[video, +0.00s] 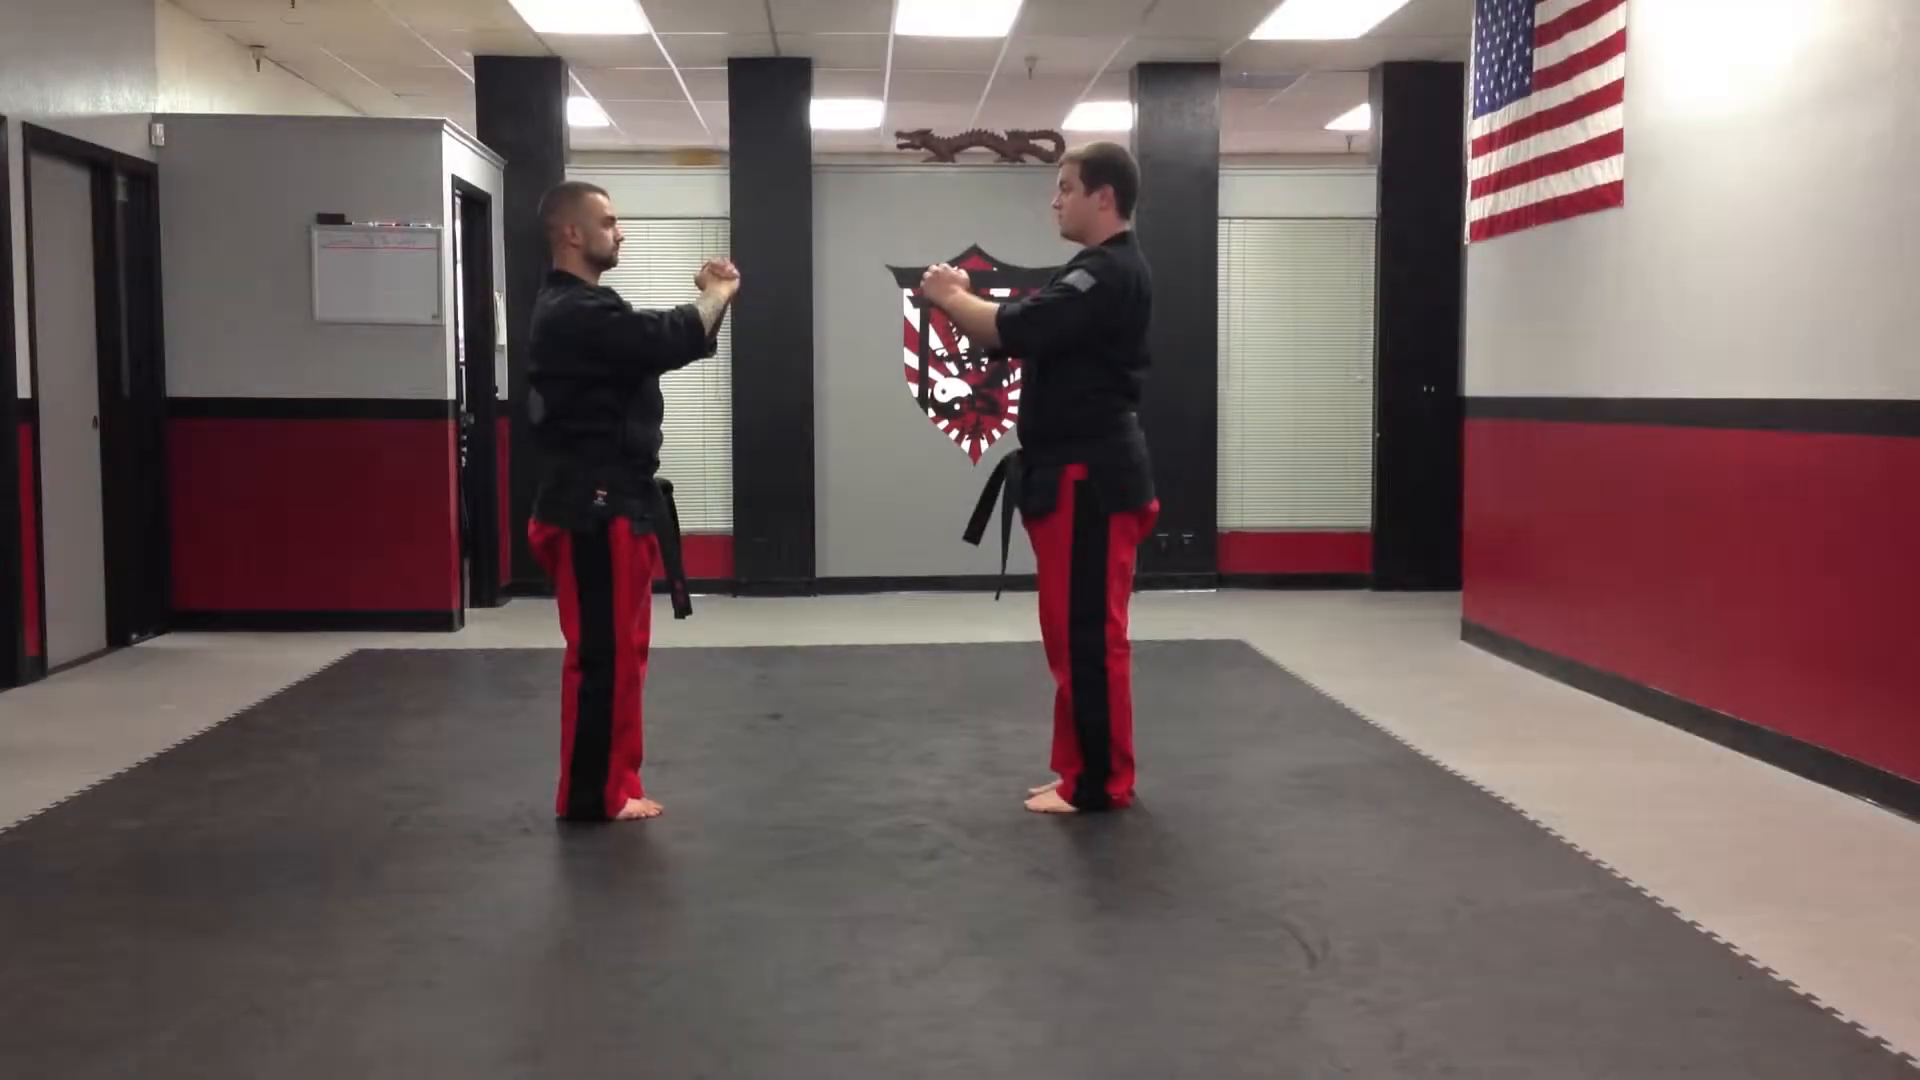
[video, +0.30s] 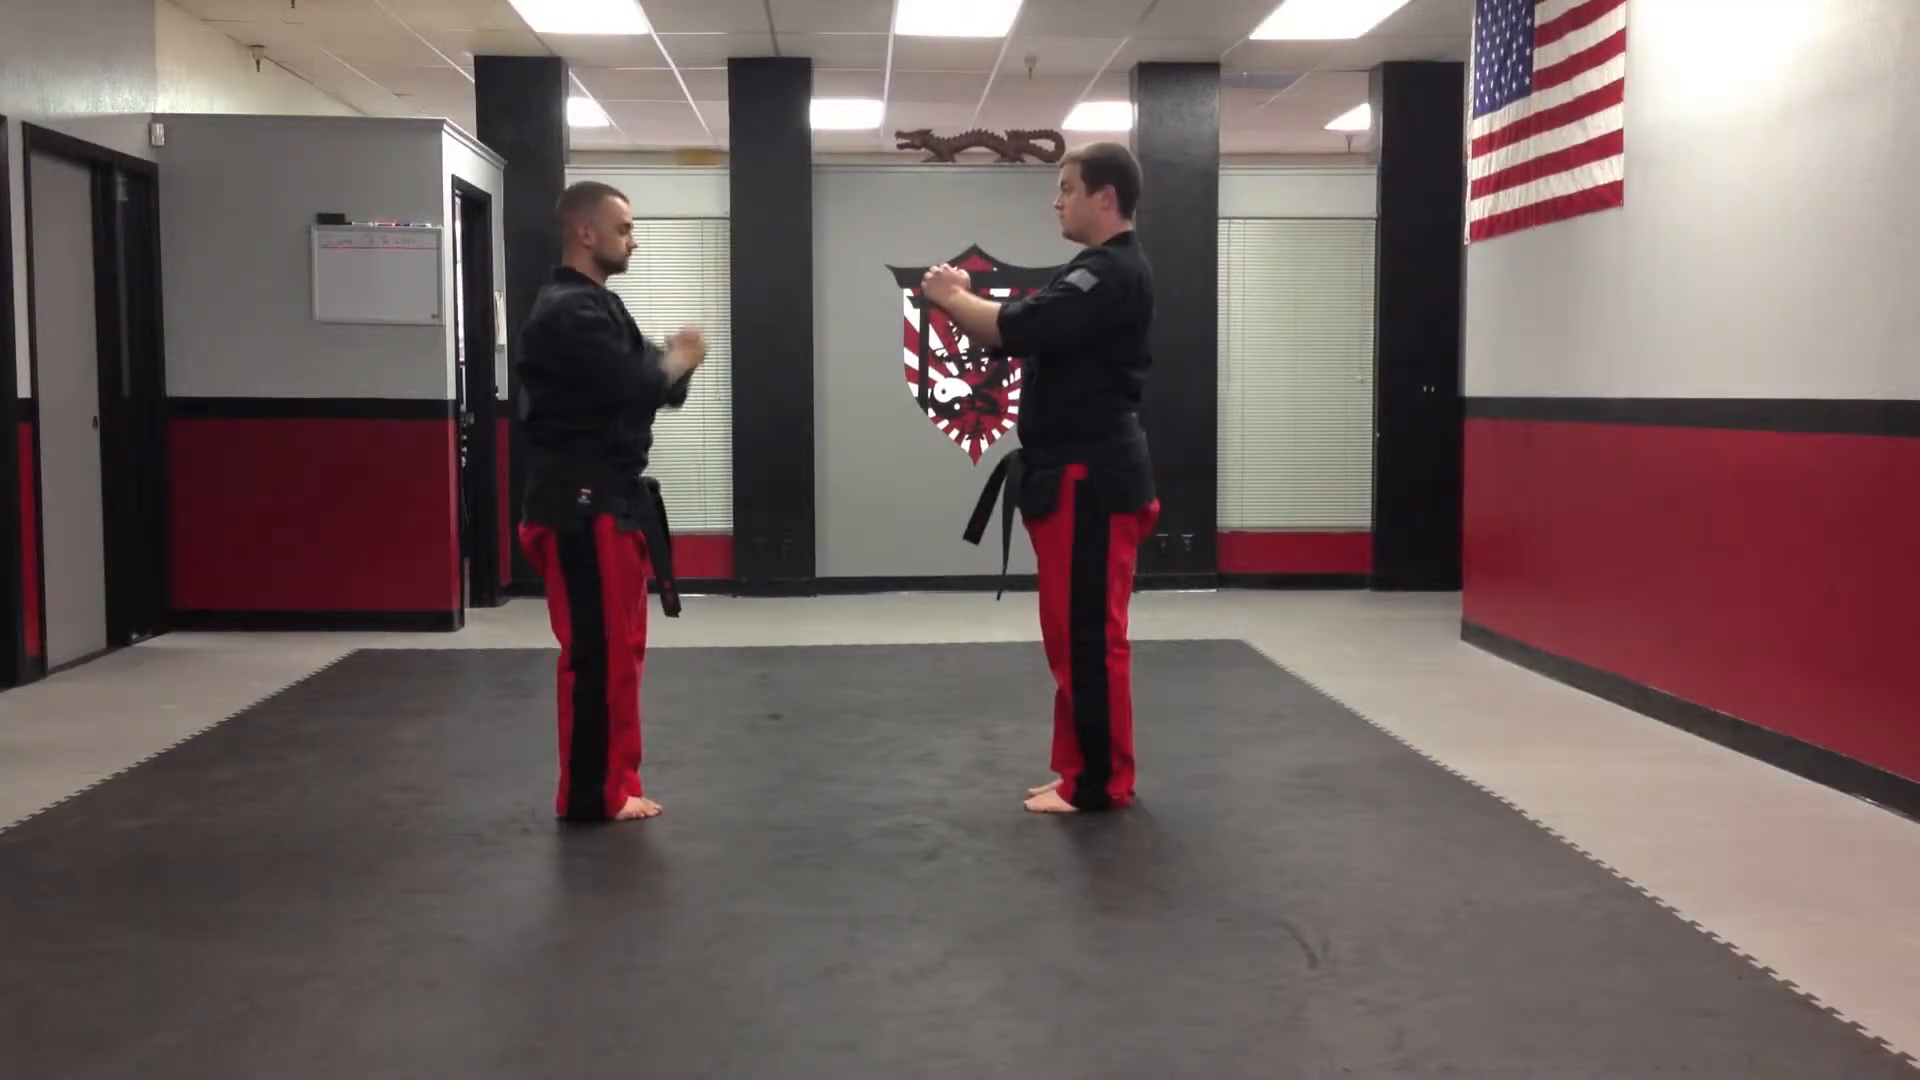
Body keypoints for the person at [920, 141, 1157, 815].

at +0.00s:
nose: (1055, 201)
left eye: (1065, 189)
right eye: (1057, 189)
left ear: (1102, 197)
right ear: (1101, 198)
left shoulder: (1109, 270)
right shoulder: (1099, 266)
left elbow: (1010, 331)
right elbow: (1025, 324)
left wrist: (953, 298)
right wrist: (966, 298)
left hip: (1091, 474)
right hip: (1074, 471)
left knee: (1088, 634)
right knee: (1075, 633)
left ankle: (1097, 784)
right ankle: (1087, 775)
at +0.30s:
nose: (1056, 202)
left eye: (1066, 190)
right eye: (1058, 190)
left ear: (1103, 197)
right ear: (1103, 198)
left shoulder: (1110, 271)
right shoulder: (1098, 267)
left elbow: (1012, 330)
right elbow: (1024, 324)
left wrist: (954, 298)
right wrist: (966, 298)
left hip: (1092, 477)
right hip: (1074, 473)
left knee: (1088, 637)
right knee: (1075, 635)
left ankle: (1097, 785)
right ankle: (1086, 776)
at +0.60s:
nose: (1045, 203)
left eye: (1054, 191)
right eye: (1046, 191)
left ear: (1093, 196)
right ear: (1091, 199)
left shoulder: (1105, 267)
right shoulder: (1087, 265)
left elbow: (1062, 364)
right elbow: (1058, 358)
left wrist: (1003, 348)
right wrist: (1008, 346)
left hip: (1094, 474)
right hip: (1073, 472)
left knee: (1088, 636)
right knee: (1075, 633)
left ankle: (1096, 785)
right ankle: (1085, 774)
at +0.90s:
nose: (1022, 222)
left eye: (1025, 208)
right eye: (1019, 209)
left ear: (1062, 201)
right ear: (1065, 203)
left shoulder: (1091, 269)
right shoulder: (1085, 264)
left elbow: (1085, 376)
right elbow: (1077, 370)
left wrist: (1016, 385)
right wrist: (1018, 380)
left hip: (1104, 479)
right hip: (1085, 475)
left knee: (1092, 637)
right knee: (1077, 632)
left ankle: (1100, 785)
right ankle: (1086, 764)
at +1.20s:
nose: (1025, 223)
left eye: (1030, 209)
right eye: (1023, 210)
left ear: (1068, 206)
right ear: (1072, 209)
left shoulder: (1092, 274)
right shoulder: (1103, 266)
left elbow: (1089, 379)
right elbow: (1088, 372)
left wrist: (1024, 386)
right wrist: (1026, 380)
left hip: (1091, 480)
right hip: (1120, 474)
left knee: (1068, 632)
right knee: (1116, 617)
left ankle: (1091, 784)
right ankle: (1147, 760)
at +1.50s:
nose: (1018, 220)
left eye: (1026, 207)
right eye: (1019, 207)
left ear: (1063, 213)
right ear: (1066, 214)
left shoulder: (1086, 282)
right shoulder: (1082, 275)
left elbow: (1090, 387)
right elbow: (1079, 379)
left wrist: (1023, 401)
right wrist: (1024, 392)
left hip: (1092, 480)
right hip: (1116, 474)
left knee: (1043, 625)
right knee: (1113, 621)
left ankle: (1011, 783)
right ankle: (1145, 761)